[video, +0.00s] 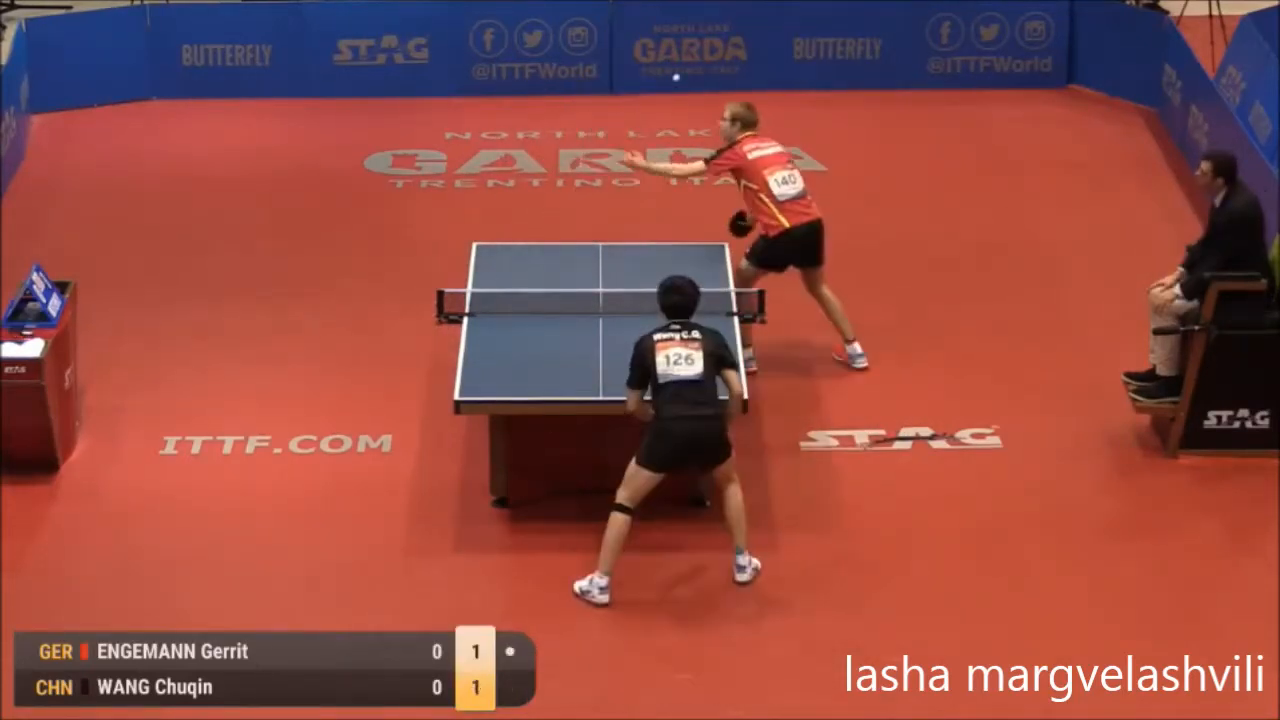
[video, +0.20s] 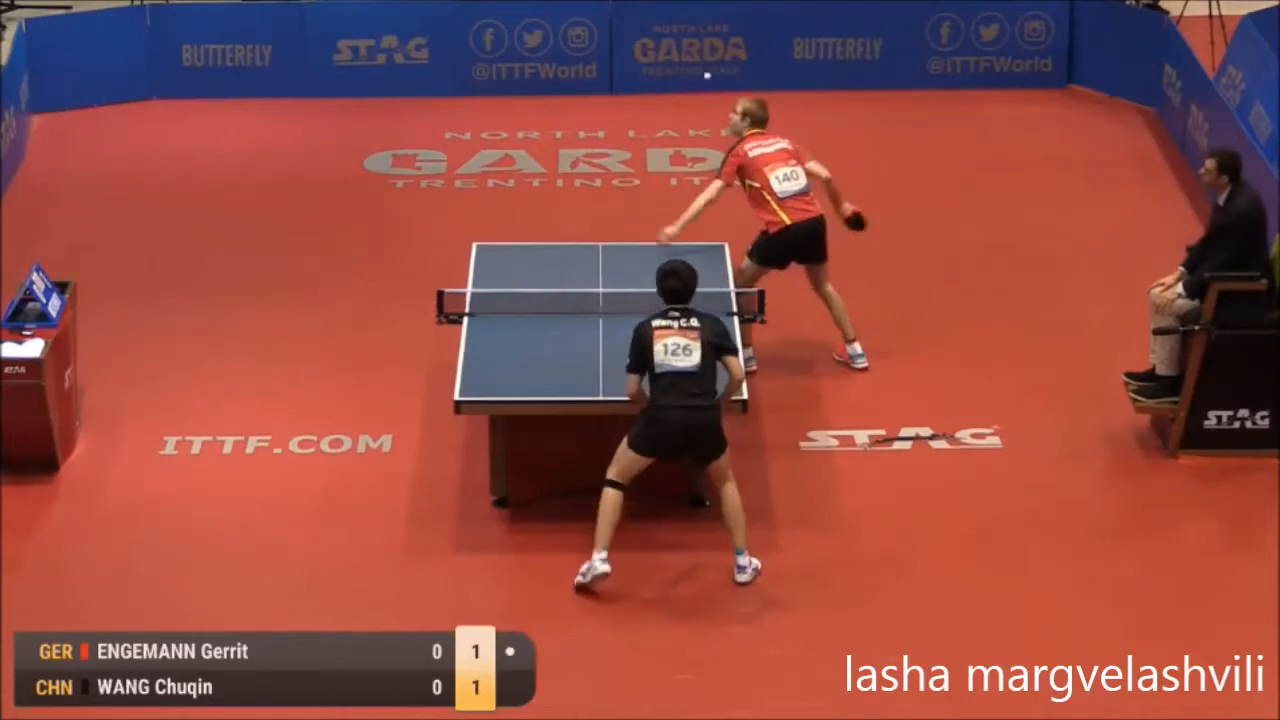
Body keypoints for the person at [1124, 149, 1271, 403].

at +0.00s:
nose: (1196, 176)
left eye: (1202, 173)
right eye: (1198, 170)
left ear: (1219, 179)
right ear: (1219, 178)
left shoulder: (1238, 209)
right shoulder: (1223, 200)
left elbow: (1219, 262)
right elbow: (1206, 245)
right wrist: (1179, 274)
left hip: (1240, 290)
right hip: (1222, 278)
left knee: (1167, 306)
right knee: (1157, 295)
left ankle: (1170, 379)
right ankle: (1160, 369)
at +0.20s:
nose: (1200, 173)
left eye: (1206, 170)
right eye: (1203, 168)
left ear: (1223, 178)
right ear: (1222, 177)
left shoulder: (1242, 207)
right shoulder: (1226, 199)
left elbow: (1224, 263)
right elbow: (1207, 244)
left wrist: (1183, 288)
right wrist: (1180, 274)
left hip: (1238, 291)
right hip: (1221, 279)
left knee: (1166, 306)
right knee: (1157, 296)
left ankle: (1169, 378)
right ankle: (1161, 369)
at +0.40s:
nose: (1203, 174)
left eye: (1209, 170)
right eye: (1205, 169)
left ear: (1227, 175)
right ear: (1223, 175)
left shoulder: (1243, 206)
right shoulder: (1227, 199)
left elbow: (1225, 262)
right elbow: (1208, 244)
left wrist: (1185, 287)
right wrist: (1180, 273)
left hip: (1237, 290)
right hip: (1221, 279)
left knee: (1166, 305)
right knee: (1156, 295)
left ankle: (1169, 378)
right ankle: (1161, 369)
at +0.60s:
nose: (1204, 174)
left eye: (1210, 170)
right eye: (1205, 169)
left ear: (1228, 175)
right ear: (1223, 175)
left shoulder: (1244, 207)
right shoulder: (1228, 200)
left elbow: (1225, 263)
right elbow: (1208, 244)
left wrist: (1184, 287)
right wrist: (1180, 274)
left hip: (1237, 291)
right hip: (1221, 279)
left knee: (1166, 305)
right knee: (1156, 296)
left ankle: (1169, 378)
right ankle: (1161, 369)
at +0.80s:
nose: (1205, 174)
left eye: (1211, 170)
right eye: (1206, 169)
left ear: (1229, 174)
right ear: (1224, 174)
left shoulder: (1245, 207)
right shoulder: (1229, 200)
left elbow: (1226, 263)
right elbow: (1208, 244)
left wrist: (1184, 288)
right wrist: (1179, 274)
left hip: (1237, 291)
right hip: (1221, 279)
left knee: (1166, 305)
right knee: (1156, 296)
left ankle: (1169, 378)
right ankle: (1160, 369)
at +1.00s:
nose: (1205, 175)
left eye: (1211, 170)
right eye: (1206, 169)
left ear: (1230, 174)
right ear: (1223, 174)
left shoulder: (1245, 207)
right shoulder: (1228, 200)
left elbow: (1226, 263)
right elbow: (1208, 244)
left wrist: (1184, 288)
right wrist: (1179, 274)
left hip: (1237, 291)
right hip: (1221, 279)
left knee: (1166, 306)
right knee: (1156, 296)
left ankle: (1169, 378)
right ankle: (1160, 369)